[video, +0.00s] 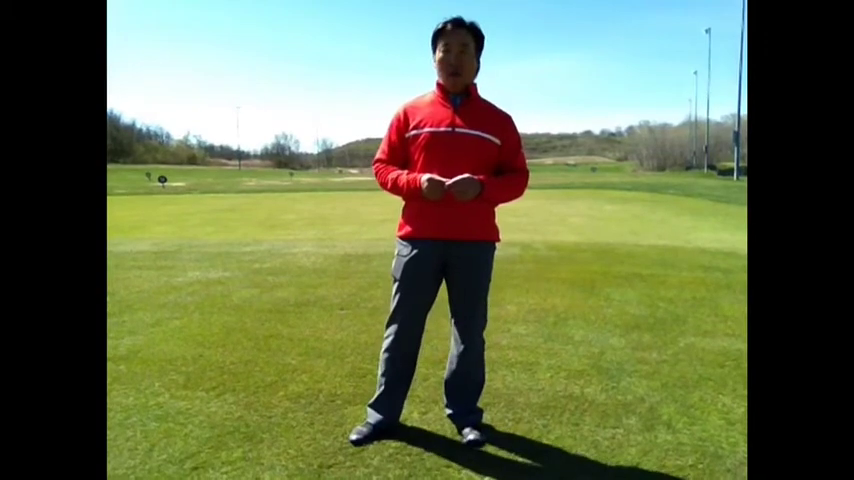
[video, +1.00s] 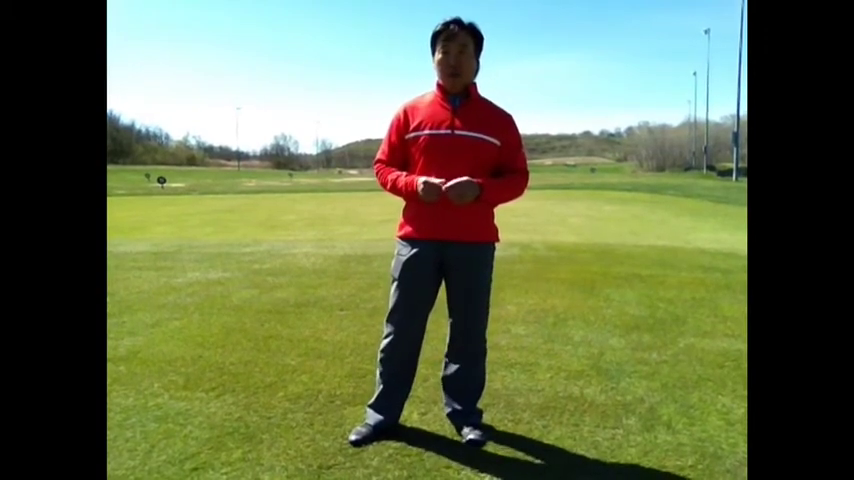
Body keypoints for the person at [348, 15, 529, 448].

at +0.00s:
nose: (452, 58)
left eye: (462, 50)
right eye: (445, 49)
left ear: (478, 59)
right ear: (433, 57)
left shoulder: (499, 122)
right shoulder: (409, 114)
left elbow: (518, 179)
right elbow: (382, 168)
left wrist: (482, 188)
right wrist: (416, 182)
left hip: (474, 244)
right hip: (418, 241)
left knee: (470, 334)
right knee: (401, 329)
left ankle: (467, 417)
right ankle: (382, 415)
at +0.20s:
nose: (452, 58)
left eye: (462, 51)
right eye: (446, 50)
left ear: (478, 59)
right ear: (434, 56)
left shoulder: (498, 122)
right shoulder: (408, 114)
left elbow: (516, 179)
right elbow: (381, 168)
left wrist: (481, 188)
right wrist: (414, 182)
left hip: (472, 244)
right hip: (416, 241)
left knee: (469, 333)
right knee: (399, 329)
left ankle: (467, 417)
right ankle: (381, 415)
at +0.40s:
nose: (451, 59)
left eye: (461, 51)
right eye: (444, 50)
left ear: (477, 60)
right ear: (432, 57)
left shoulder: (497, 122)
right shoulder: (407, 114)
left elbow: (515, 179)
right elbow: (380, 169)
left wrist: (480, 189)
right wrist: (413, 183)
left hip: (471, 244)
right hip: (416, 240)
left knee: (468, 332)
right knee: (399, 329)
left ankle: (465, 415)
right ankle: (381, 415)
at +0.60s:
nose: (451, 57)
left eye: (461, 49)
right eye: (444, 48)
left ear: (477, 59)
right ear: (432, 57)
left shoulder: (497, 121)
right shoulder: (407, 114)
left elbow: (516, 179)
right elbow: (380, 169)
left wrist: (480, 190)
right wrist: (414, 184)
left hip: (471, 245)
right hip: (415, 241)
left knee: (468, 333)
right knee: (399, 330)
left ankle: (466, 415)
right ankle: (381, 415)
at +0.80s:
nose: (451, 58)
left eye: (461, 50)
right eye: (444, 50)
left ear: (477, 58)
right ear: (432, 57)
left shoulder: (499, 121)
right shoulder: (408, 114)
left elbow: (517, 179)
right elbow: (382, 169)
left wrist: (480, 190)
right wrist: (414, 185)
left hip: (472, 245)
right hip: (416, 241)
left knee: (468, 334)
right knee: (399, 330)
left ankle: (466, 415)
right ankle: (382, 415)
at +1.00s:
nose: (451, 58)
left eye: (461, 51)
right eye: (444, 50)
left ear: (478, 59)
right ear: (433, 58)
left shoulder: (499, 121)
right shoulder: (409, 114)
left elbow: (518, 179)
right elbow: (383, 169)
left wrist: (481, 190)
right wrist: (414, 184)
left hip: (473, 245)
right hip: (417, 241)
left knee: (469, 334)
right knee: (400, 330)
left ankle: (466, 416)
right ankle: (382, 415)